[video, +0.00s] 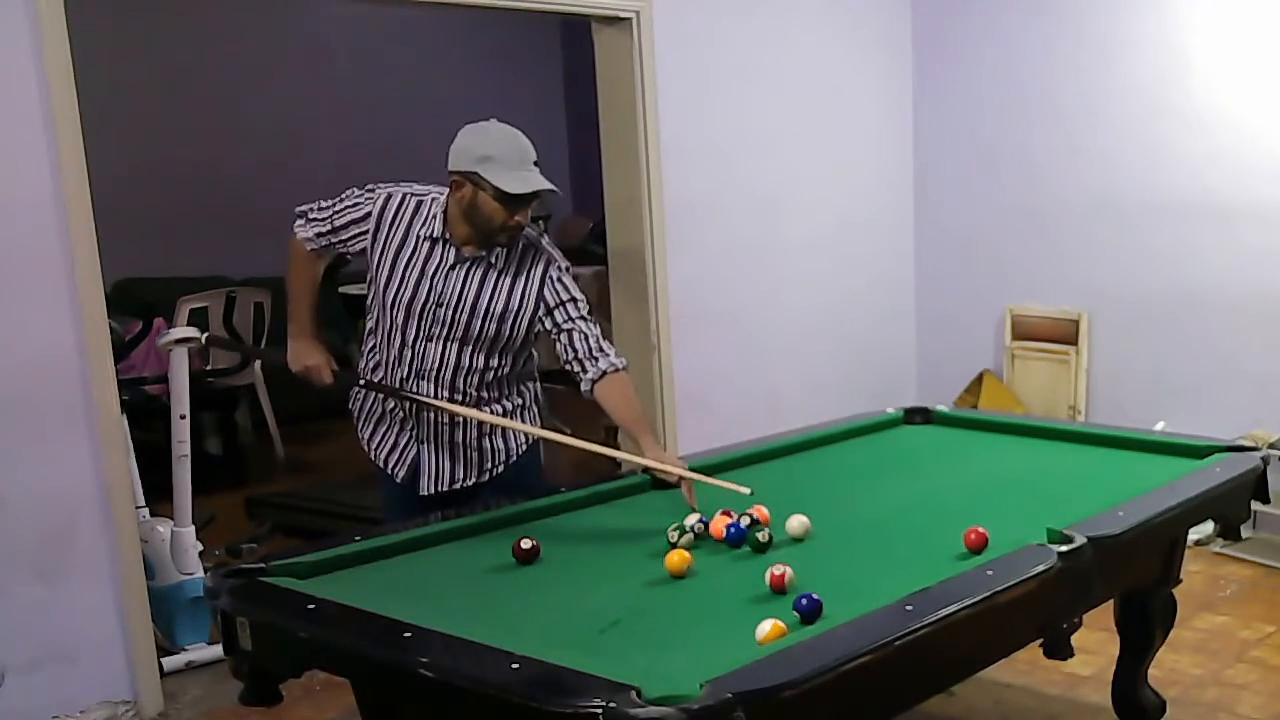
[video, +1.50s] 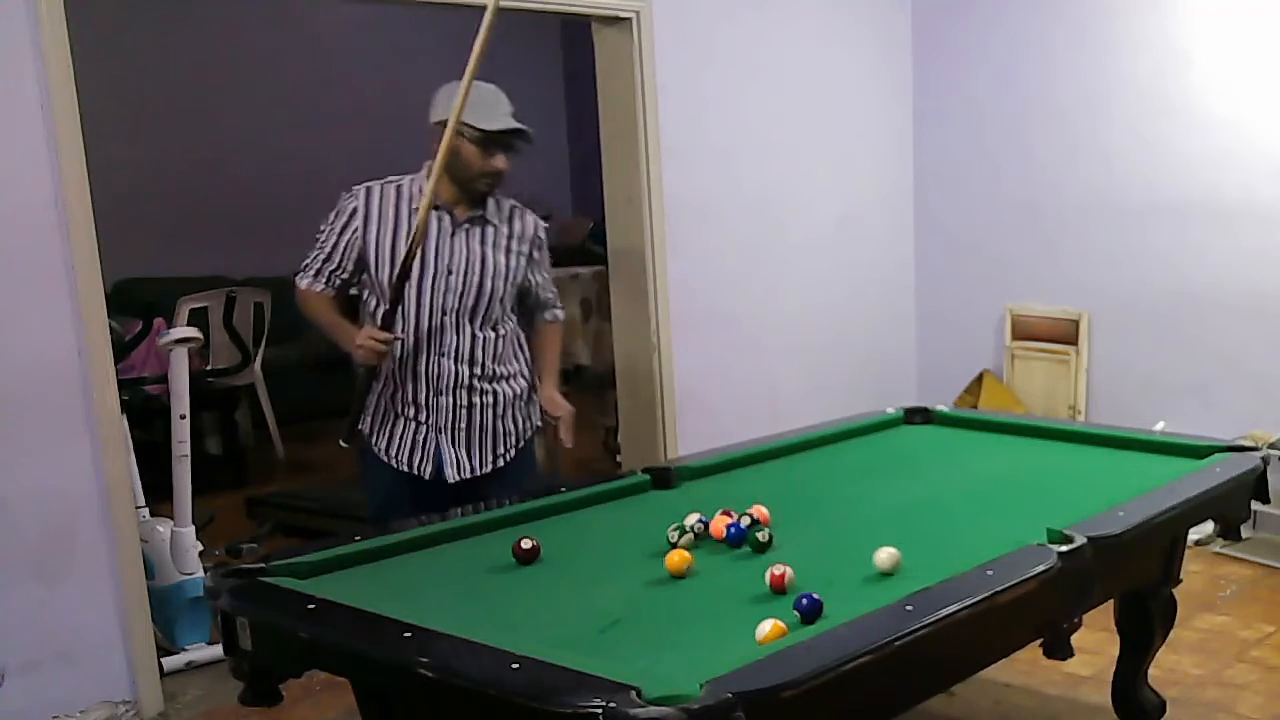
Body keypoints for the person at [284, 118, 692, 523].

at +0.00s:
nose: (523, 216)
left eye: (530, 201)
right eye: (510, 200)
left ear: (535, 195)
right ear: (462, 187)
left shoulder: (541, 266)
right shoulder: (388, 211)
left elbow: (593, 358)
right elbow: (310, 232)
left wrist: (647, 440)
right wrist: (301, 335)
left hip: (499, 442)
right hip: (404, 439)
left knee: (526, 579)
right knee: (418, 592)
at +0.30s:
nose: (536, 227)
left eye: (541, 214)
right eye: (524, 212)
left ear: (545, 206)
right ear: (476, 197)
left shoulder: (550, 275)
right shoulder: (402, 210)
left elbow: (606, 367)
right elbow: (318, 214)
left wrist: (665, 448)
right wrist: (312, 321)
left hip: (499, 438)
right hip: (402, 431)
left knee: (519, 572)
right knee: (414, 583)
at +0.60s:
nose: (545, 233)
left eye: (550, 219)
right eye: (533, 218)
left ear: (555, 211)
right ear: (487, 202)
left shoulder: (557, 278)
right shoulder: (412, 210)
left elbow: (613, 370)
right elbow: (324, 205)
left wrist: (671, 453)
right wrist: (314, 312)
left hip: (500, 436)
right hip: (403, 425)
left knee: (521, 569)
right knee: (413, 577)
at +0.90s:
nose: (552, 234)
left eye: (558, 220)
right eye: (540, 218)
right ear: (493, 198)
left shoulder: (563, 271)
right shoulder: (413, 211)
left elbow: (613, 366)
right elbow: (338, 288)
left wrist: (664, 450)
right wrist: (413, 334)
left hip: (514, 450)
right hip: (417, 448)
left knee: (528, 592)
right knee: (417, 600)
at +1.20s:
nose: (555, 202)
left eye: (562, 189)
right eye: (544, 185)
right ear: (502, 167)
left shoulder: (566, 254)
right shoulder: (410, 206)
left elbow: (608, 339)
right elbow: (329, 269)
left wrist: (620, 413)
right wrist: (363, 320)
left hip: (514, 449)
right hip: (411, 442)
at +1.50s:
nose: (500, 164)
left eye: (506, 150)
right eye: (485, 147)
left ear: (511, 150)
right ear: (443, 139)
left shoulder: (524, 229)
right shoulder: (368, 207)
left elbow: (547, 311)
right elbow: (310, 287)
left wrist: (548, 385)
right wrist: (350, 336)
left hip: (499, 436)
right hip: (402, 435)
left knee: (509, 573)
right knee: (408, 580)